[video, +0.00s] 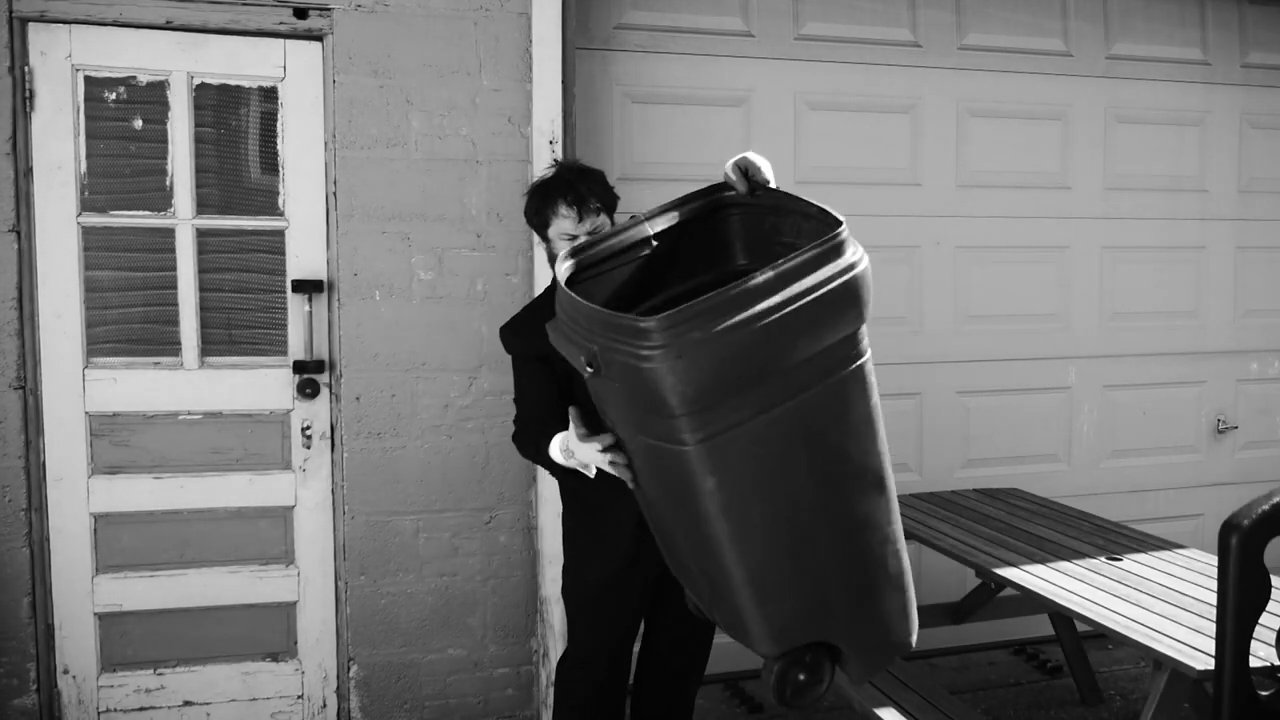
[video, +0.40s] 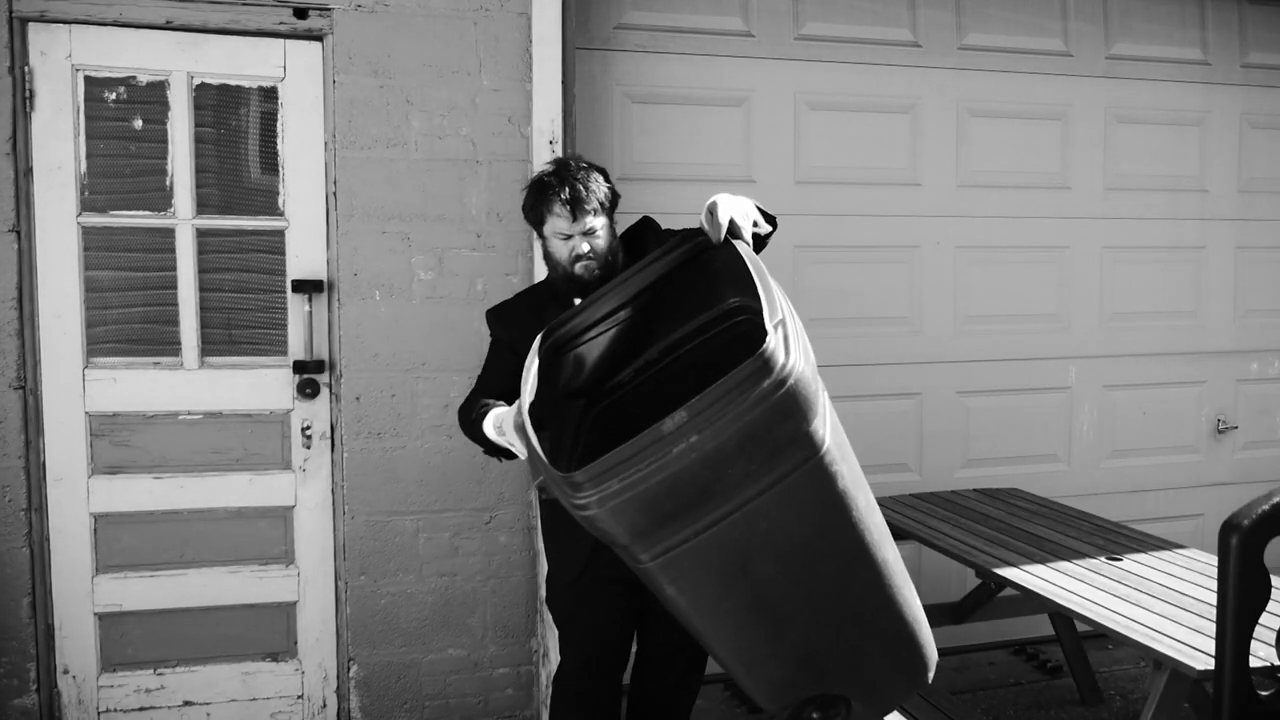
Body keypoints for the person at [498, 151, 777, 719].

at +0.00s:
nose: (585, 249)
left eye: (595, 233)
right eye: (568, 241)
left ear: (618, 223)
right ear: (546, 247)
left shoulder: (666, 288)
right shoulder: (535, 330)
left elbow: (732, 270)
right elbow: (531, 430)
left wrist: (748, 203)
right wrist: (565, 450)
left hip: (691, 522)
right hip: (603, 532)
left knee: (673, 684)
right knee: (593, 683)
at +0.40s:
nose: (580, 249)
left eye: (591, 232)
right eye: (563, 237)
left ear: (613, 219)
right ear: (540, 238)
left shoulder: (656, 256)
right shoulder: (520, 320)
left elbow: (749, 241)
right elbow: (476, 407)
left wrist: (740, 212)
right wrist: (498, 420)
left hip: (684, 506)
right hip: (583, 519)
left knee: (673, 673)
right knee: (591, 674)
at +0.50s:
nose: (578, 248)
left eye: (588, 231)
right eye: (560, 237)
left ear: (609, 219)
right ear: (534, 239)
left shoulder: (652, 256)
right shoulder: (510, 319)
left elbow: (740, 254)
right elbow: (454, 402)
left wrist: (747, 221)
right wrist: (481, 414)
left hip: (680, 507)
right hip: (572, 524)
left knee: (675, 680)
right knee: (588, 684)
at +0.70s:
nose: (572, 253)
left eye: (583, 235)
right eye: (553, 240)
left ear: (602, 220)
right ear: (523, 238)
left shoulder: (646, 263)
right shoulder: (493, 318)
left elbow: (716, 270)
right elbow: (424, 394)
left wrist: (760, 263)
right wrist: (451, 411)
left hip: (663, 527)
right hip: (553, 544)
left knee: (668, 684)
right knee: (577, 698)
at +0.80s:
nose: (576, 253)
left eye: (586, 235)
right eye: (557, 241)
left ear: (604, 218)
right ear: (525, 238)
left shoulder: (650, 267)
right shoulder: (492, 316)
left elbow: (737, 286)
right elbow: (420, 393)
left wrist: (767, 289)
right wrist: (459, 419)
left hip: (662, 529)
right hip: (553, 545)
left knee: (670, 685)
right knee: (568, 700)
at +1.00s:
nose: (592, 258)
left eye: (605, 239)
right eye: (572, 244)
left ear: (627, 225)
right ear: (543, 238)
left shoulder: (670, 278)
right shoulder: (503, 316)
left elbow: (768, 335)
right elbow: (436, 405)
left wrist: (793, 377)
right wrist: (476, 457)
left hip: (668, 534)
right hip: (557, 545)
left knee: (675, 693)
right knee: (570, 700)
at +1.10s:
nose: (609, 263)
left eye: (624, 245)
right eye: (590, 248)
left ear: (647, 231)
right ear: (563, 239)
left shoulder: (687, 285)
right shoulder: (517, 319)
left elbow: (780, 366)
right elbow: (456, 415)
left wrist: (804, 429)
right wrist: (488, 486)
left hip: (682, 543)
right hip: (571, 550)